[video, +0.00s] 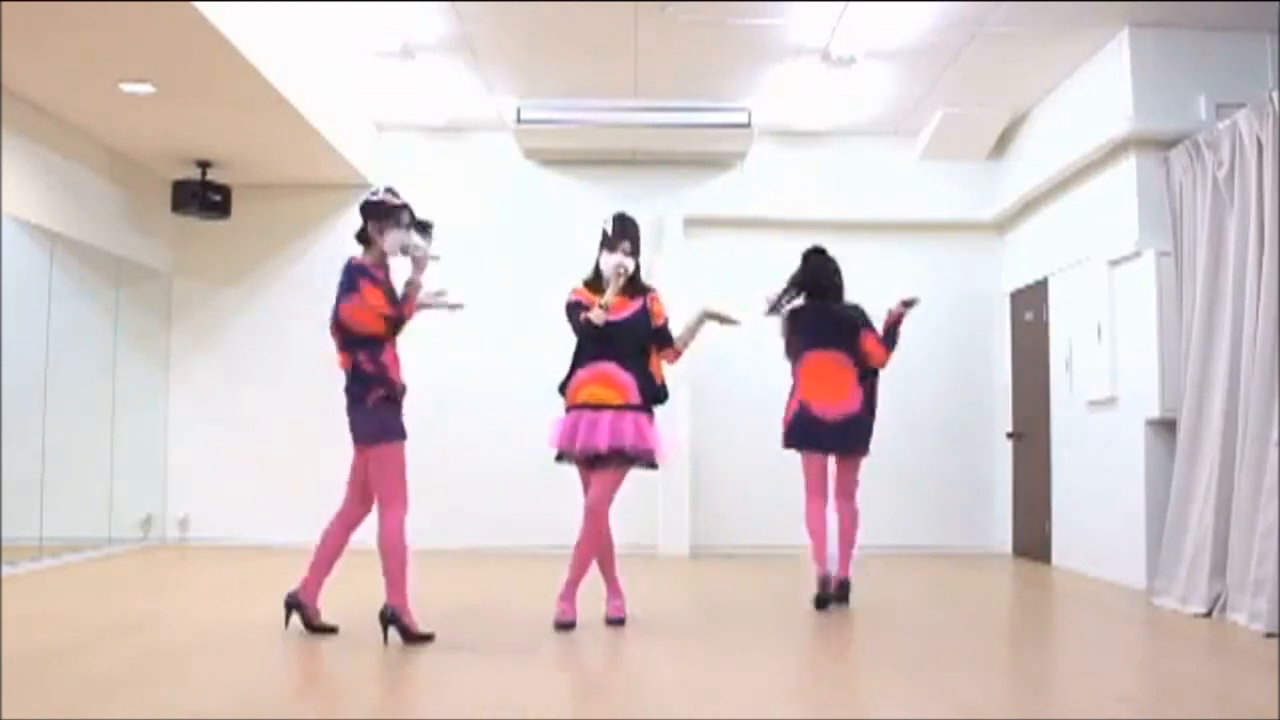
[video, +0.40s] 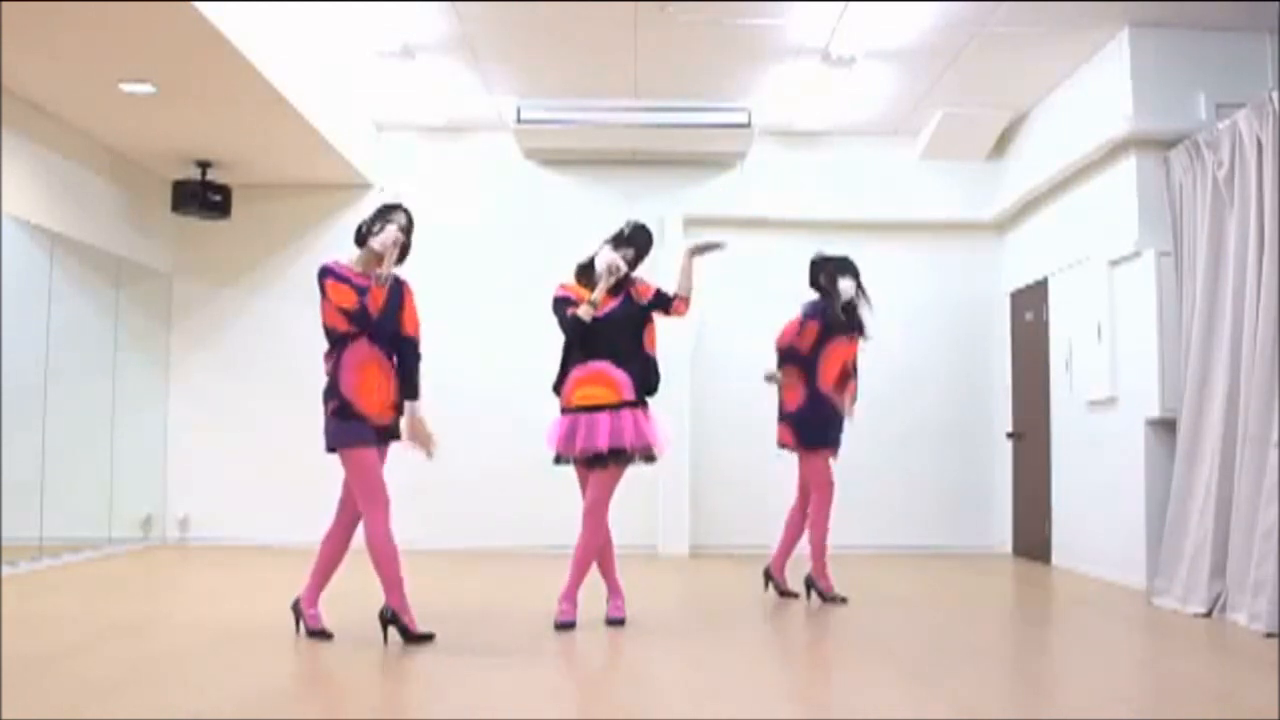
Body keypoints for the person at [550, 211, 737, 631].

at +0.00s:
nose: (620, 261)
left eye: (628, 253)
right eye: (613, 252)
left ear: (637, 258)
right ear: (599, 253)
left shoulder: (647, 301)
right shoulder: (581, 295)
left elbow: (669, 351)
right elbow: (585, 323)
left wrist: (702, 317)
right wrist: (610, 292)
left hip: (627, 406)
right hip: (585, 404)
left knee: (597, 504)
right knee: (594, 506)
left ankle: (567, 593)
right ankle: (614, 592)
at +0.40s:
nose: (623, 262)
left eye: (631, 259)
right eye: (621, 254)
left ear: (637, 261)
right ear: (607, 247)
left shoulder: (636, 290)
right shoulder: (571, 289)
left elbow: (680, 306)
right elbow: (573, 327)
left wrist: (688, 258)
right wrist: (601, 290)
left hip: (621, 405)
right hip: (579, 406)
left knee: (596, 505)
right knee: (593, 507)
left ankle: (568, 595)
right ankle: (615, 593)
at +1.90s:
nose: (615, 261)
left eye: (623, 253)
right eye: (608, 252)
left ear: (633, 255)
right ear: (596, 256)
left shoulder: (652, 298)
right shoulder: (582, 298)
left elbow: (691, 332)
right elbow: (581, 332)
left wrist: (676, 304)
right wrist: (597, 303)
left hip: (629, 406)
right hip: (585, 405)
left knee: (598, 502)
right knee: (595, 505)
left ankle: (575, 593)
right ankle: (614, 592)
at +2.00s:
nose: (615, 257)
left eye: (622, 248)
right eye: (607, 249)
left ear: (633, 252)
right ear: (596, 252)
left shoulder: (651, 296)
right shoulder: (581, 295)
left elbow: (694, 329)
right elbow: (578, 328)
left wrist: (687, 342)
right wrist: (595, 305)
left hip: (632, 401)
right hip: (589, 401)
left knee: (600, 482)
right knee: (595, 489)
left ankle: (607, 582)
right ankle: (610, 587)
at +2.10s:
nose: (615, 256)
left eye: (623, 247)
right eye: (608, 247)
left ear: (634, 251)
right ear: (596, 250)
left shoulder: (651, 295)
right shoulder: (582, 294)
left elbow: (682, 347)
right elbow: (582, 327)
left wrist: (698, 393)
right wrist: (602, 293)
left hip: (637, 401)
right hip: (593, 400)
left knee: (608, 478)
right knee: (600, 489)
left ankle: (634, 557)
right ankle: (612, 589)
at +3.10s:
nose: (615, 257)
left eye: (622, 248)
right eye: (608, 248)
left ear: (637, 249)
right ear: (600, 251)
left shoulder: (656, 296)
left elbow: (663, 351)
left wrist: (638, 384)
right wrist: (581, 317)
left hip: (646, 402)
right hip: (603, 404)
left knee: (643, 504)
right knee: (610, 503)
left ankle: (644, 593)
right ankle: (613, 591)